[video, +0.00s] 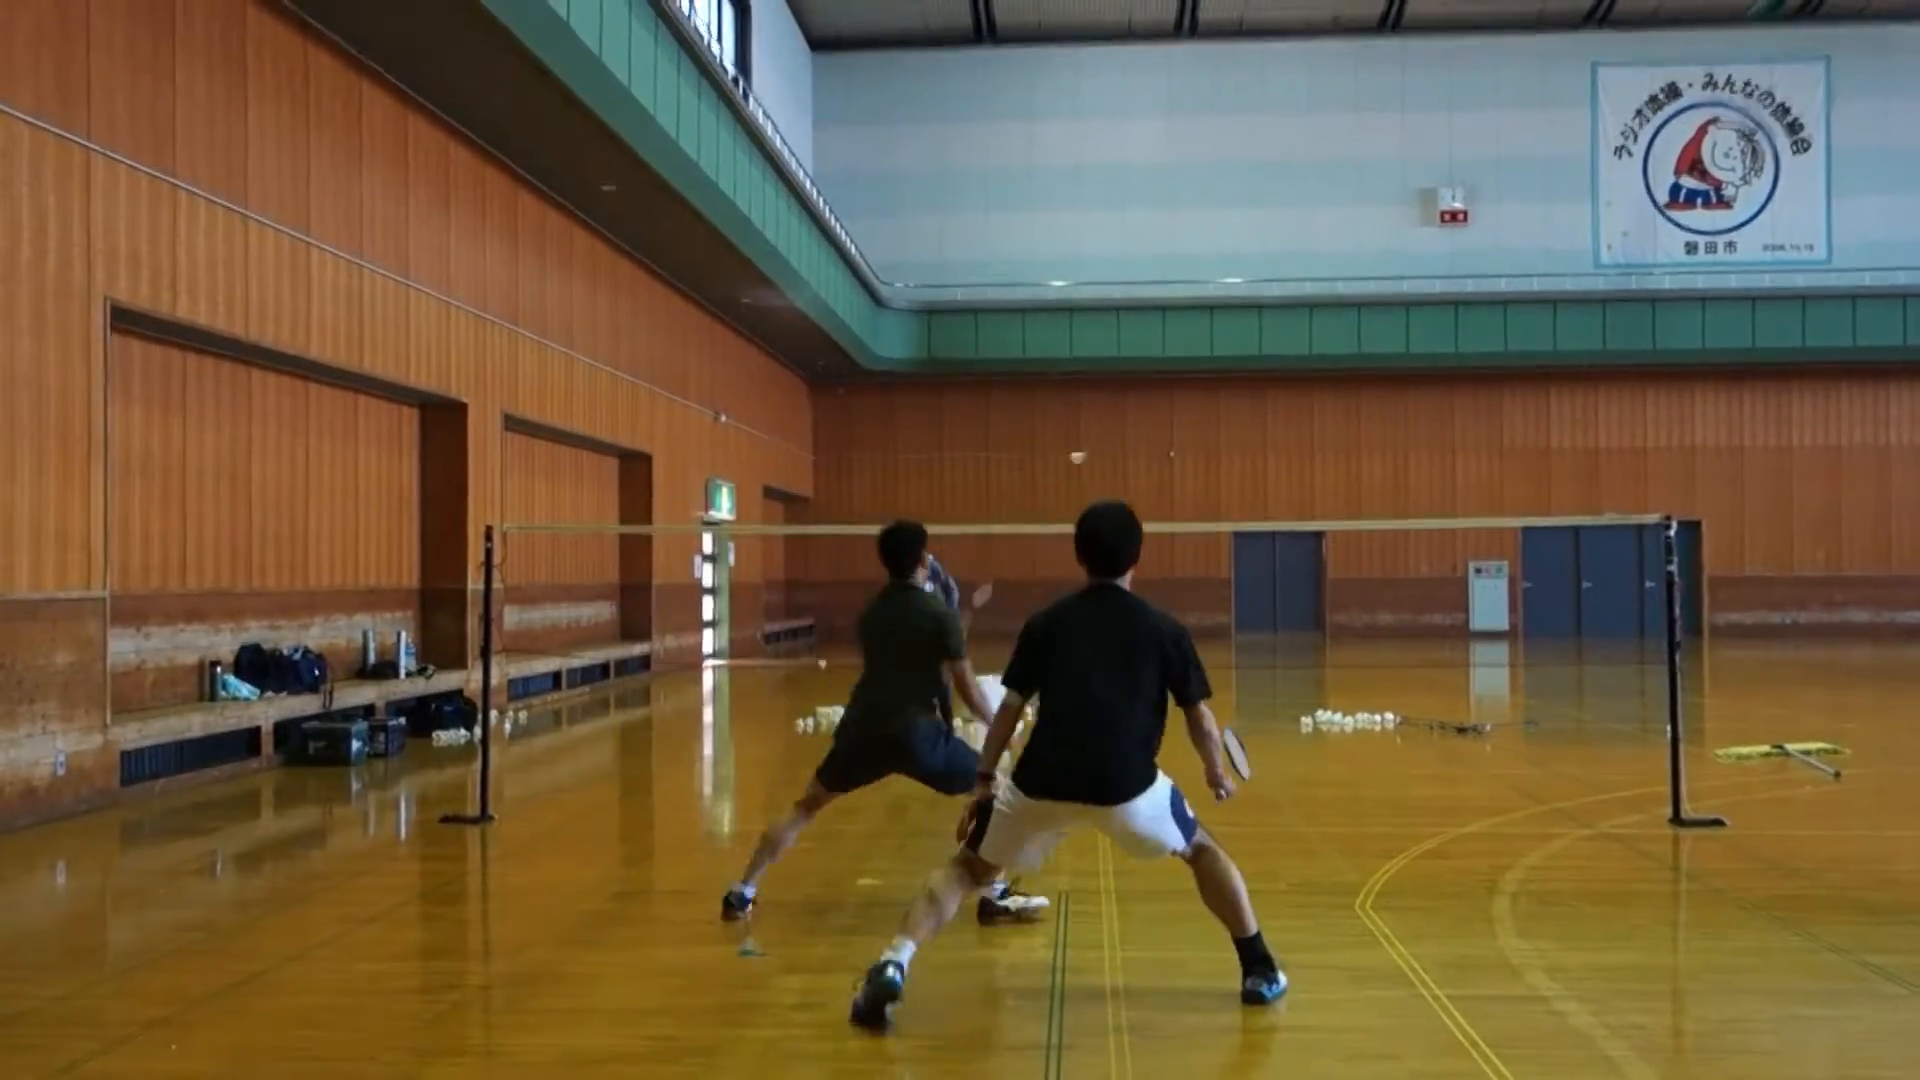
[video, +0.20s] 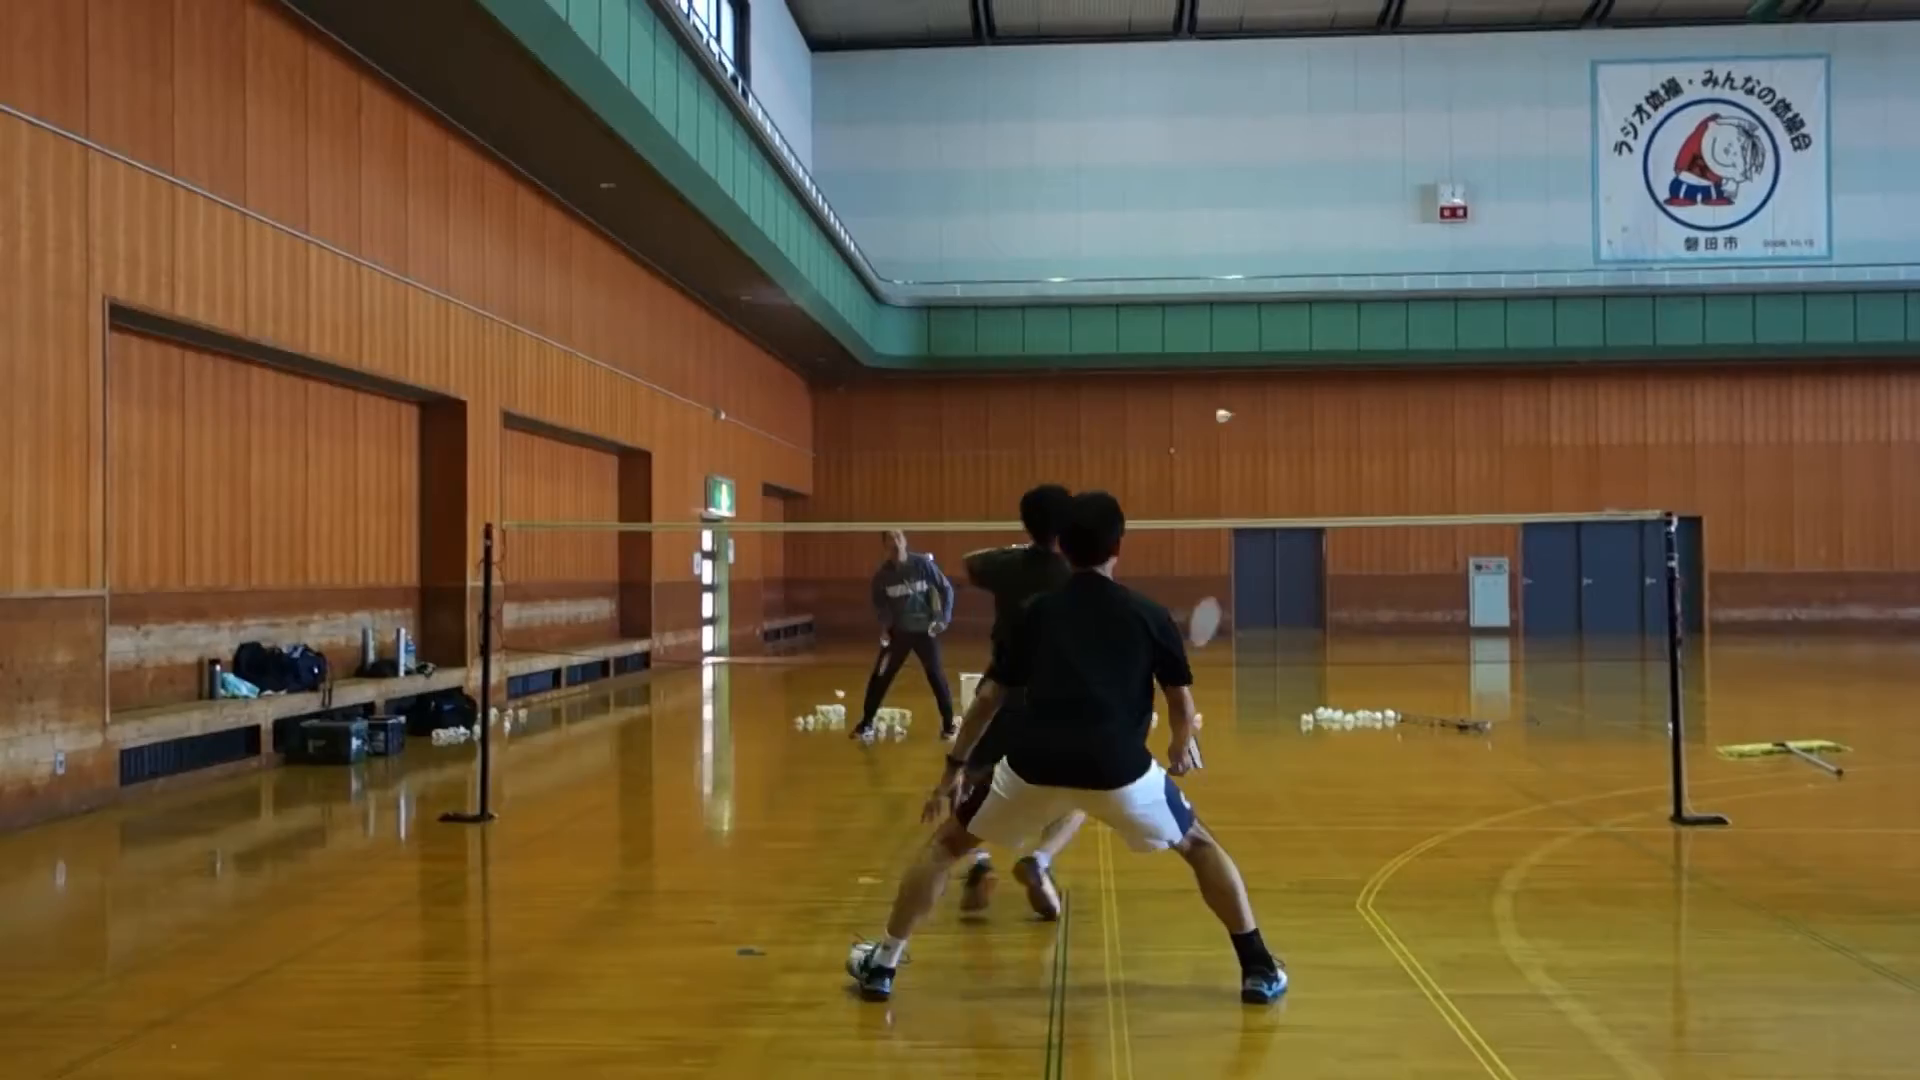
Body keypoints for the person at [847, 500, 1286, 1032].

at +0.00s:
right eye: (1136, 545)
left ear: (1080, 555)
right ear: (1136, 558)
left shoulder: (1048, 625)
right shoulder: (1162, 630)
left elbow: (1010, 708)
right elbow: (1200, 717)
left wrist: (984, 779)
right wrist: (1217, 772)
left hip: (1040, 784)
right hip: (1129, 789)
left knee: (966, 869)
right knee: (1200, 852)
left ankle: (893, 964)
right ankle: (1259, 969)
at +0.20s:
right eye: (1119, 536)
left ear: (1061, 546)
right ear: (1118, 547)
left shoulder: (1032, 613)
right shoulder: (1148, 616)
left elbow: (990, 694)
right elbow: (1180, 700)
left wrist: (955, 763)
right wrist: (1184, 746)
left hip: (1031, 767)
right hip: (1119, 770)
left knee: (948, 846)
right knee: (1198, 846)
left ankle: (883, 961)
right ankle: (1257, 965)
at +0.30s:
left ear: (1013, 550)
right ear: (1071, 548)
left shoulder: (994, 623)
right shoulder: (1107, 614)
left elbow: (943, 706)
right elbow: (1149, 699)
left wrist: (909, 757)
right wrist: (1163, 759)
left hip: (1027, 776)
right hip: (1113, 776)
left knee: (931, 843)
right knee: (1188, 852)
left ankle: (878, 961)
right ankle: (1256, 966)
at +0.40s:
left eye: (953, 531)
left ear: (952, 539)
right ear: (1009, 537)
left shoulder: (933, 612)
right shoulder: (1047, 599)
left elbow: (898, 688)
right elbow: (1090, 671)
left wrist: (878, 731)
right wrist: (1127, 741)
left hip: (980, 762)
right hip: (1064, 761)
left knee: (892, 835)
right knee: (1141, 854)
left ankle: (868, 962)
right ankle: (1240, 953)